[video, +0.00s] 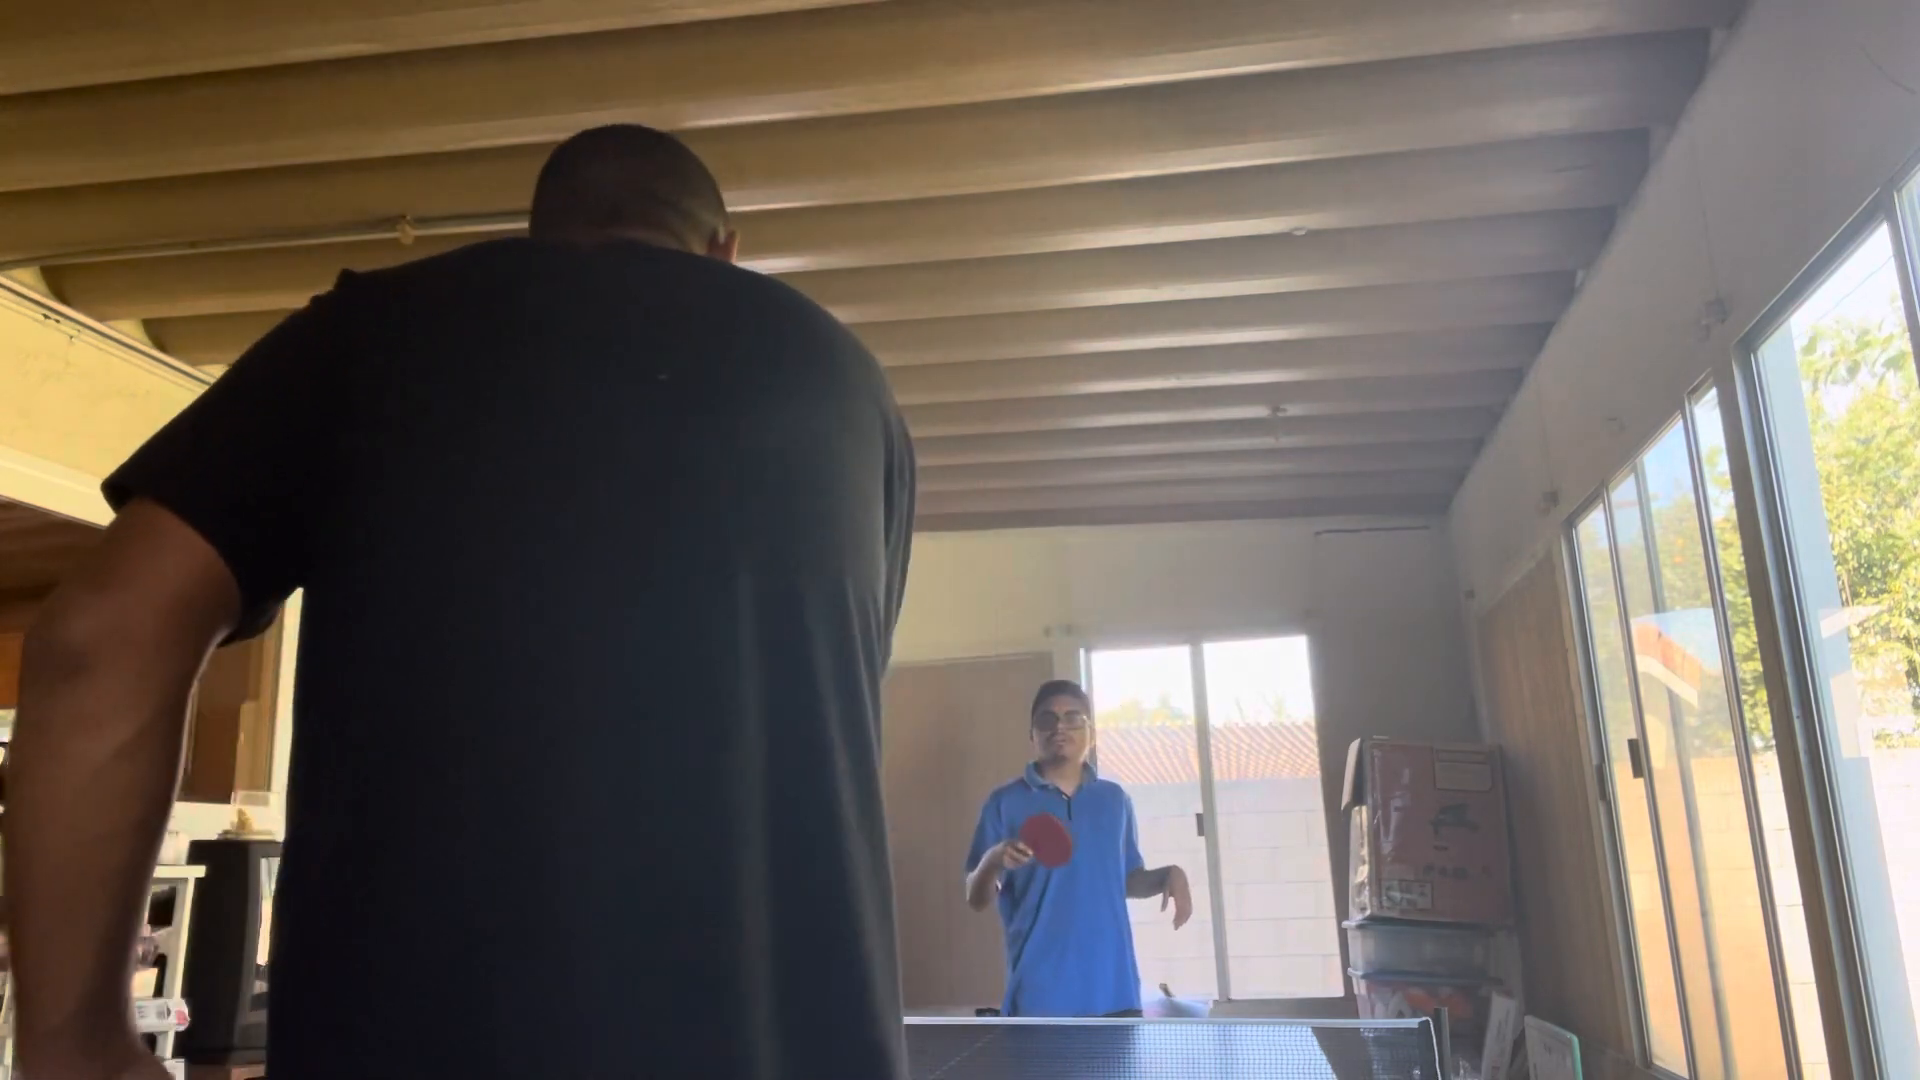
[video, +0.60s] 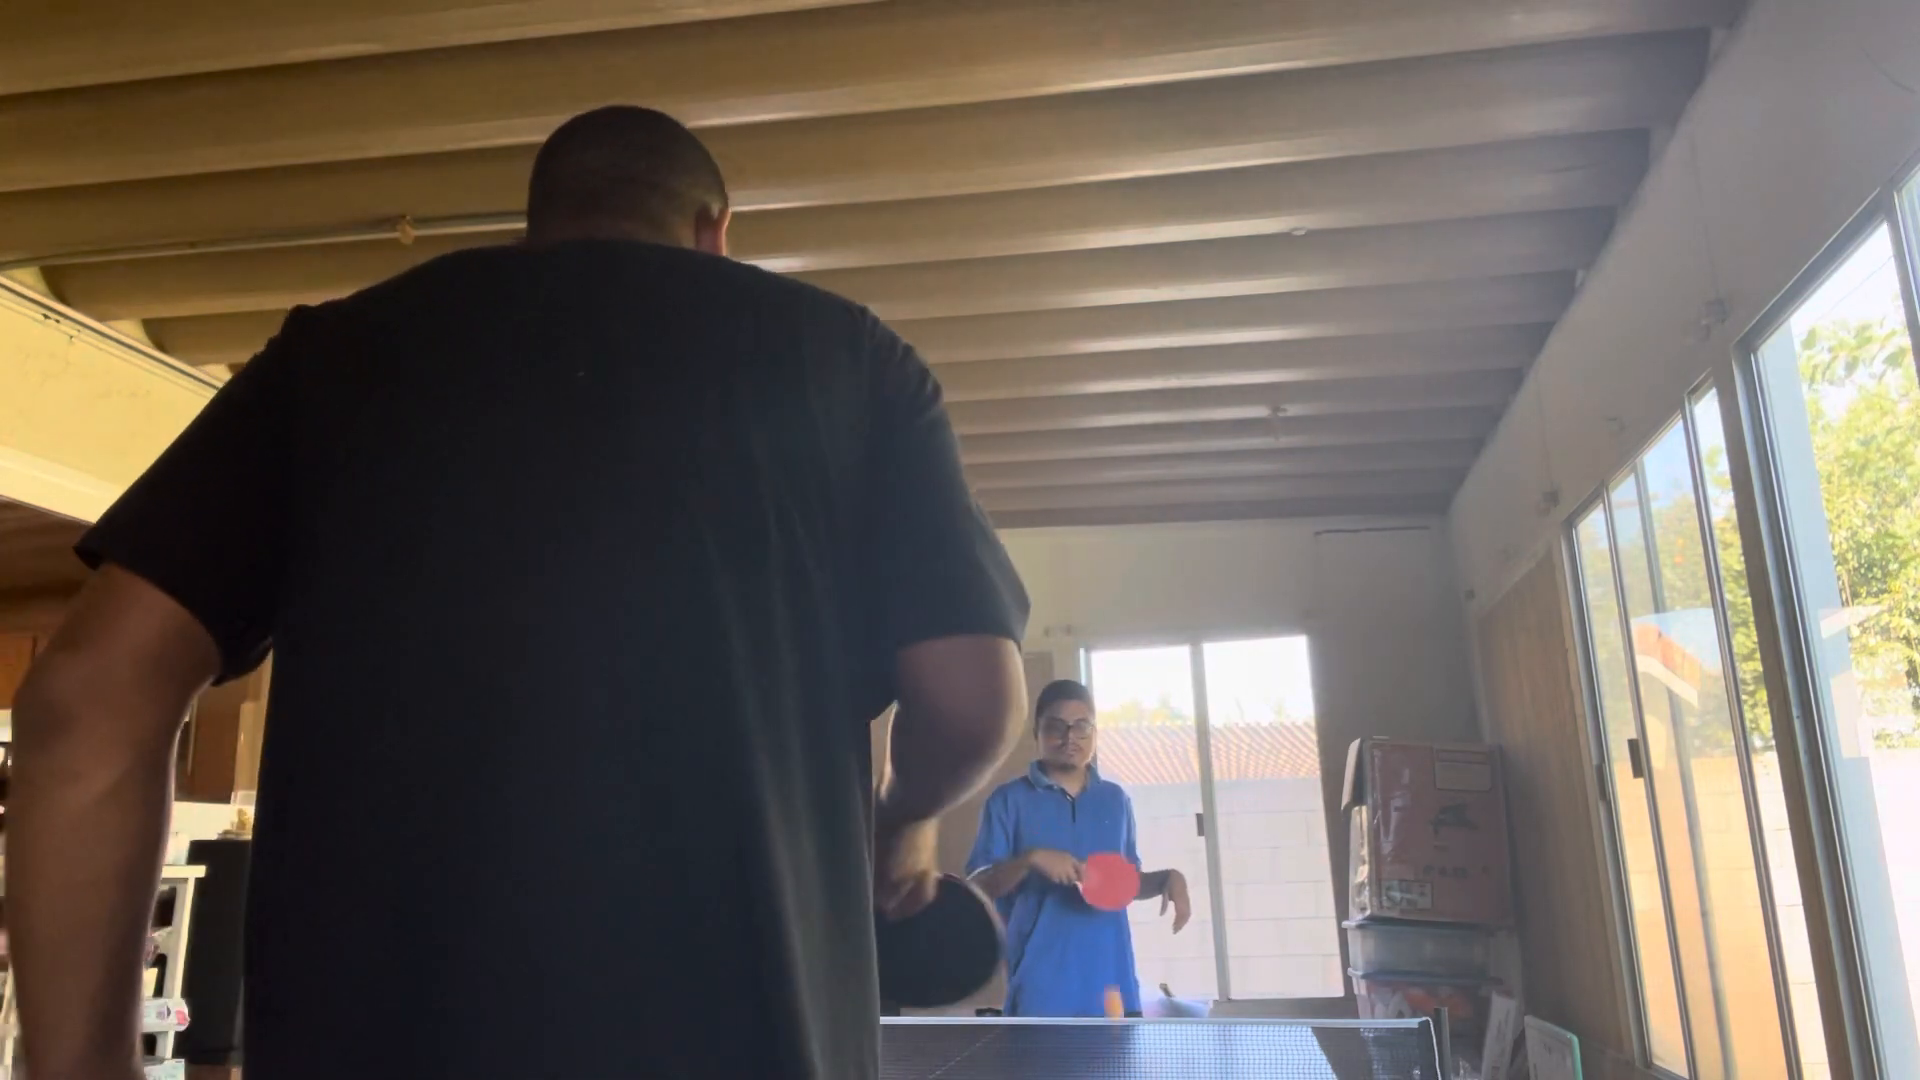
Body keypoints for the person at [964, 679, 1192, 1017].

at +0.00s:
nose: (1059, 728)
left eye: (1072, 718)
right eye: (1047, 719)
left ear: (1091, 732)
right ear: (1032, 733)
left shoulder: (1114, 799)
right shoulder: (1005, 803)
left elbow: (1128, 881)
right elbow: (977, 899)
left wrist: (1169, 874)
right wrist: (994, 858)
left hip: (1113, 990)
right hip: (1040, 995)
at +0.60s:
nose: (1069, 738)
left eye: (1081, 726)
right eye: (1056, 727)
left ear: (1095, 733)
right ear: (1037, 732)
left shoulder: (1114, 800)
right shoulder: (1008, 802)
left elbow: (1125, 882)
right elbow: (977, 887)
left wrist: (1168, 878)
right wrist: (1030, 860)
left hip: (1112, 986)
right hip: (1041, 989)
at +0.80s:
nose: (1077, 737)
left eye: (1087, 726)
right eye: (1063, 726)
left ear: (1099, 731)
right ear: (1042, 732)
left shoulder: (1113, 798)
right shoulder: (1016, 797)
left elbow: (1126, 878)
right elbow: (995, 868)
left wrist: (1169, 879)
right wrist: (1062, 853)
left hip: (1113, 985)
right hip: (1045, 990)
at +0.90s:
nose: (1080, 735)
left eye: (1090, 724)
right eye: (1065, 724)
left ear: (1101, 729)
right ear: (1043, 731)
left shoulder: (1113, 797)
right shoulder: (1020, 795)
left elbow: (1123, 866)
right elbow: (1006, 864)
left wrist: (1173, 882)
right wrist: (1078, 845)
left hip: (1114, 983)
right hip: (1046, 987)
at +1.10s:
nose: (1086, 730)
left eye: (1095, 720)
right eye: (1070, 720)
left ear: (1104, 728)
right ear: (1046, 728)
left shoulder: (1107, 792)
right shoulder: (1034, 780)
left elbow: (1110, 884)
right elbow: (1047, 811)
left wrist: (1171, 877)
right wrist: (1140, 803)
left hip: (1114, 987)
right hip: (1048, 993)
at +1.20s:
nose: (1089, 728)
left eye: (1098, 718)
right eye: (1075, 718)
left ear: (1107, 726)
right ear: (1050, 726)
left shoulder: (1106, 788)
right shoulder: (1043, 778)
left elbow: (1108, 887)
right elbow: (1073, 797)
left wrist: (1169, 876)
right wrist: (1145, 779)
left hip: (1116, 987)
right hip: (1055, 992)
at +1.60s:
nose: (1109, 737)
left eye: (1115, 727)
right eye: (1096, 726)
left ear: (1121, 728)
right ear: (1064, 728)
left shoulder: (1123, 796)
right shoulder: (1046, 789)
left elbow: (1119, 888)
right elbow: (1027, 859)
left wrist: (1179, 888)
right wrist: (1119, 853)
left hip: (1130, 988)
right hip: (1066, 994)